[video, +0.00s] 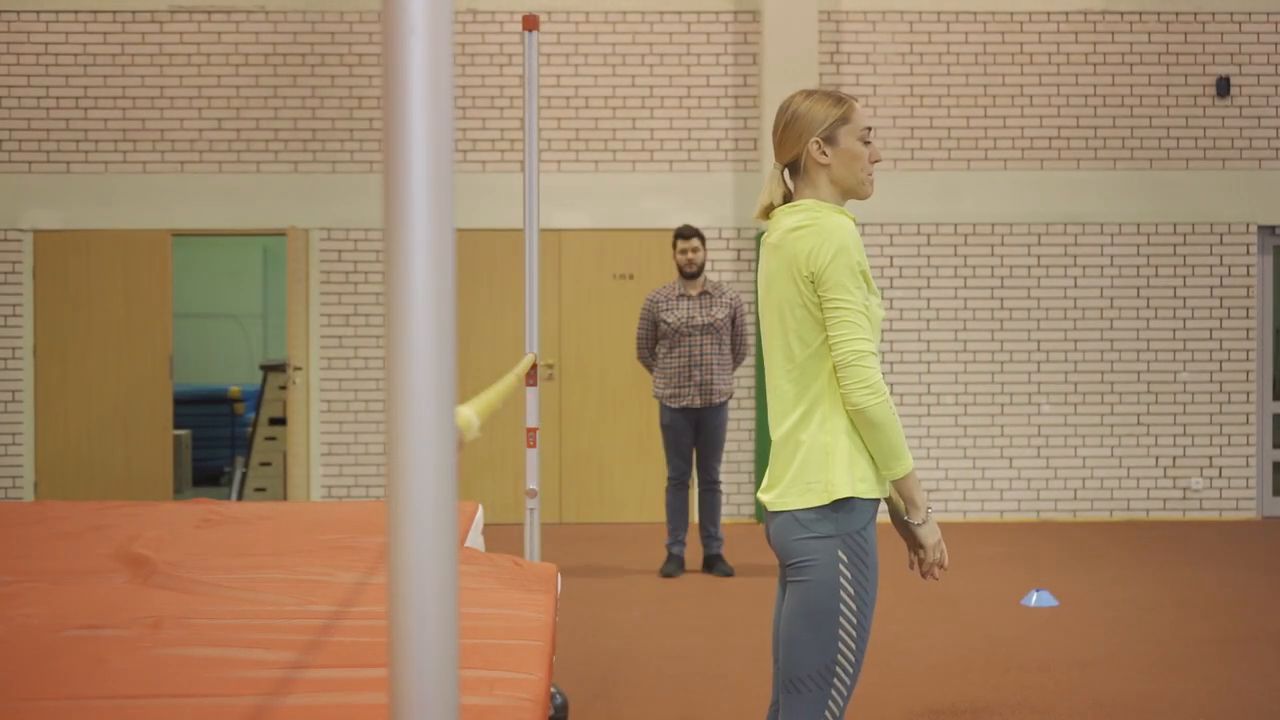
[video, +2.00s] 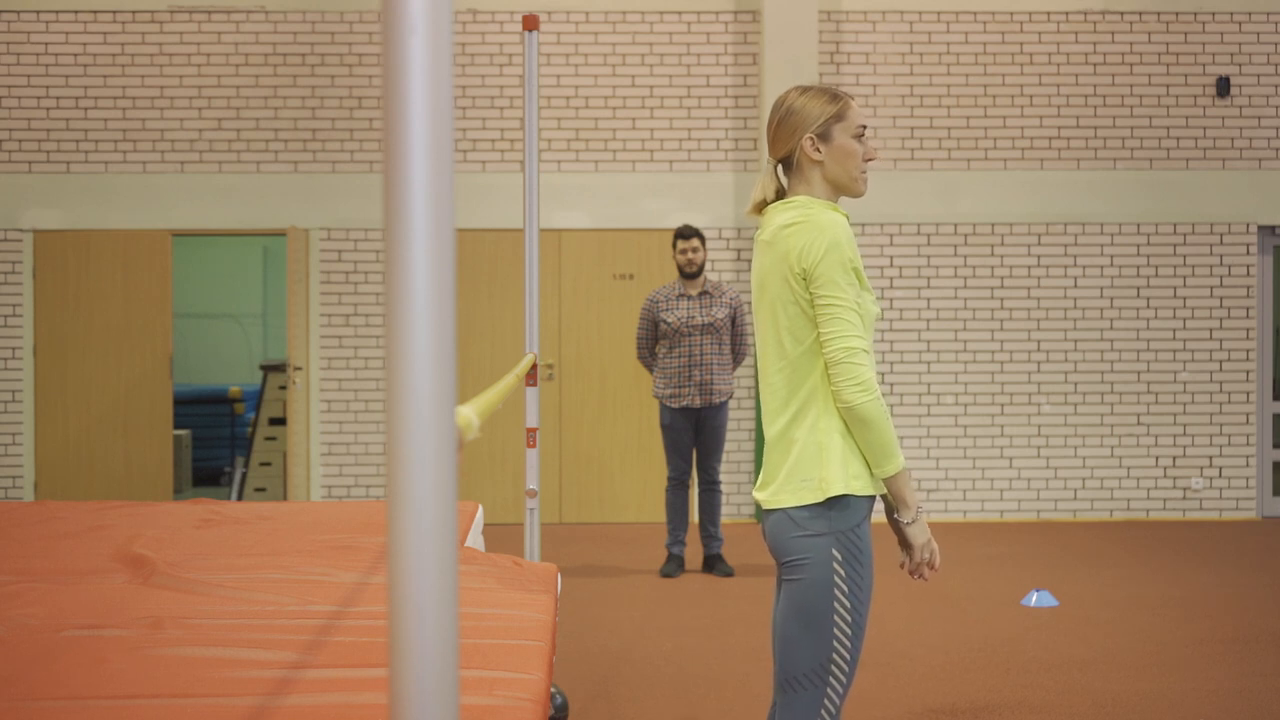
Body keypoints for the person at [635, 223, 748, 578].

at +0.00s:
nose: (689, 256)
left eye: (695, 250)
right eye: (683, 251)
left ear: (705, 254)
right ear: (674, 256)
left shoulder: (728, 297)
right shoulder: (659, 299)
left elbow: (741, 348)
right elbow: (644, 350)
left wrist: (717, 372)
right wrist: (670, 375)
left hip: (715, 402)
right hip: (674, 402)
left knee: (710, 479)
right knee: (678, 477)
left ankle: (713, 552)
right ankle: (675, 553)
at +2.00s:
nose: (689, 256)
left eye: (695, 250)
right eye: (682, 251)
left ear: (705, 253)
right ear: (674, 256)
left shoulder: (728, 296)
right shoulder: (658, 300)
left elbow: (741, 347)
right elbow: (644, 350)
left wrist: (718, 372)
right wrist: (669, 376)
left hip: (715, 401)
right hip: (674, 402)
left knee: (710, 478)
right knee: (678, 477)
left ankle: (713, 552)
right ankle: (675, 553)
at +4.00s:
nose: (688, 256)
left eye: (694, 250)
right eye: (682, 251)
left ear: (705, 253)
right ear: (673, 256)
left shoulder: (728, 297)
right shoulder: (658, 300)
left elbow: (741, 346)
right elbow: (644, 351)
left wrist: (718, 372)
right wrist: (669, 376)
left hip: (715, 402)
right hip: (674, 403)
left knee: (710, 479)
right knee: (678, 477)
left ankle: (713, 553)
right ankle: (675, 552)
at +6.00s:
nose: (688, 256)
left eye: (693, 249)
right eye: (681, 251)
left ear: (705, 253)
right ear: (673, 257)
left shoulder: (729, 297)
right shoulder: (659, 300)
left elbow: (742, 348)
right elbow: (645, 351)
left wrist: (719, 373)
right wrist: (670, 377)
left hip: (716, 402)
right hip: (675, 403)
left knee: (710, 479)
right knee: (679, 477)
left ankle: (713, 553)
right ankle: (675, 552)